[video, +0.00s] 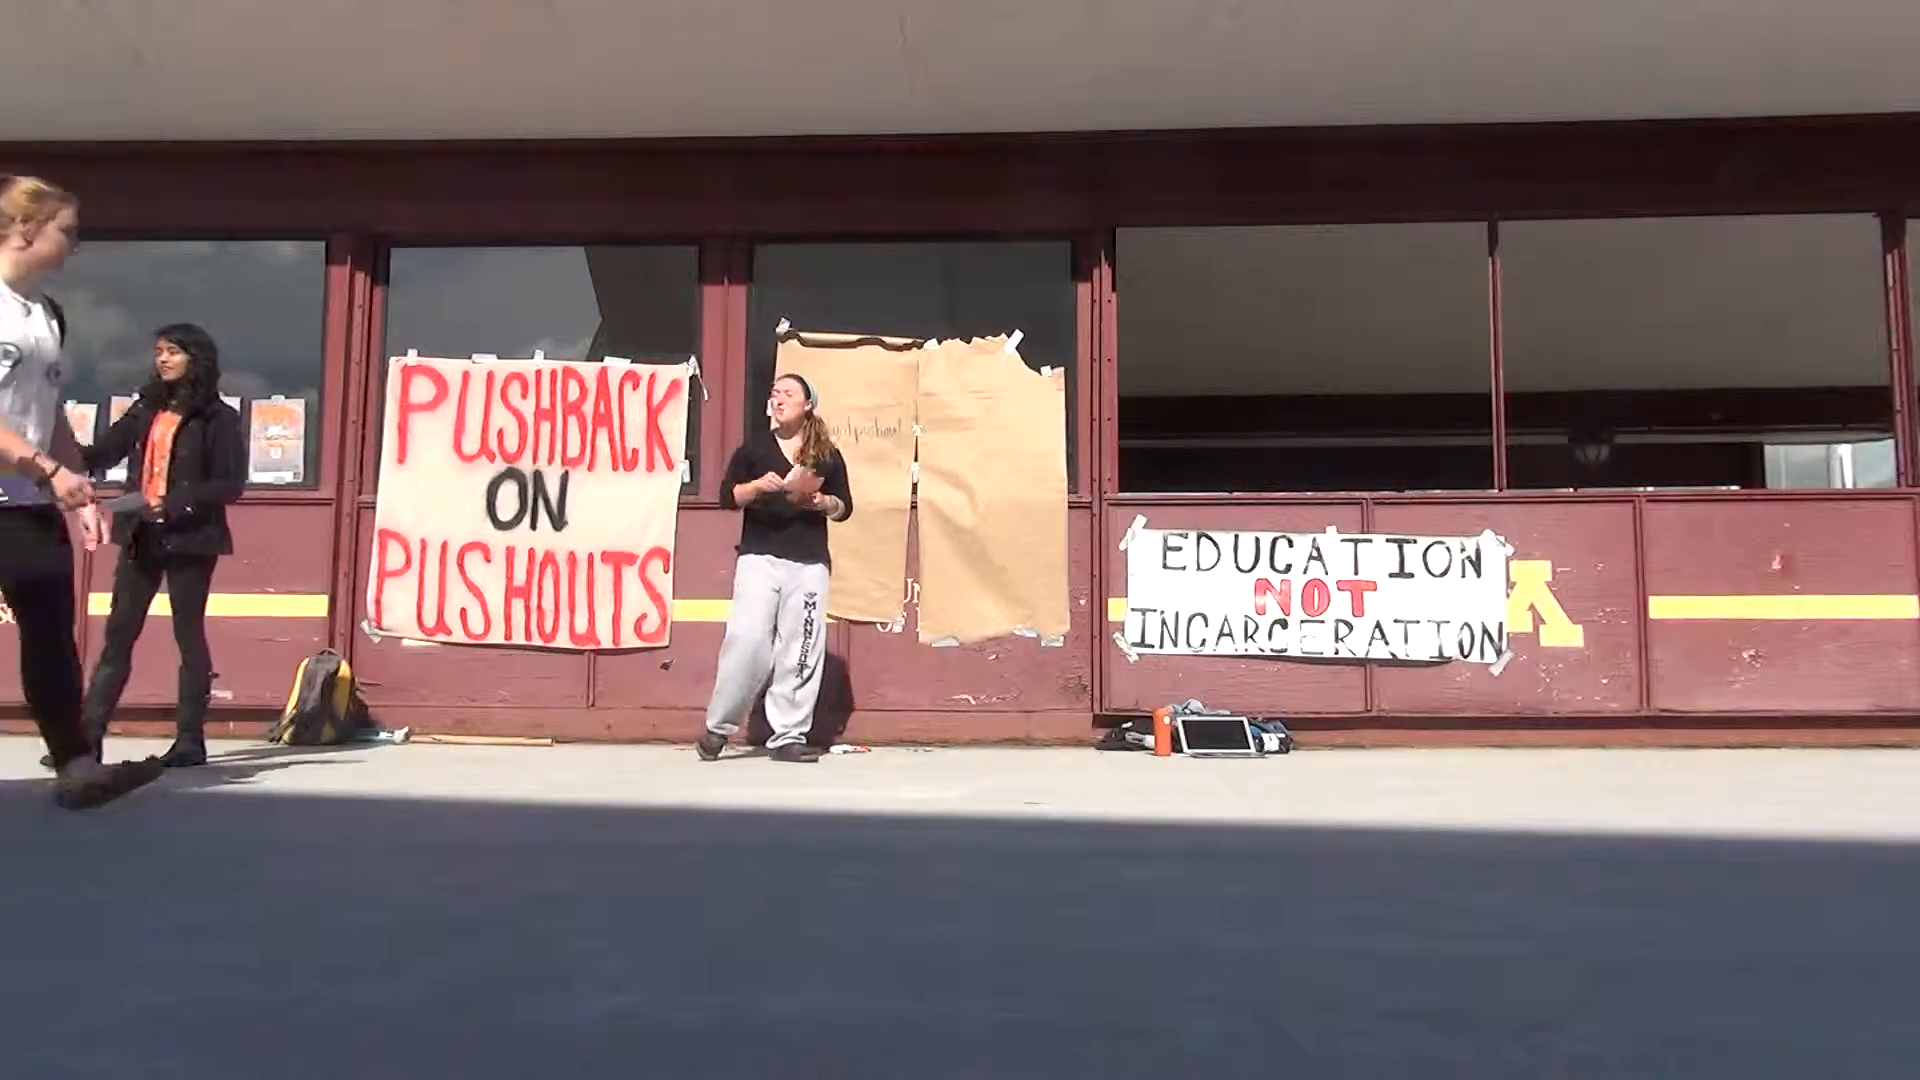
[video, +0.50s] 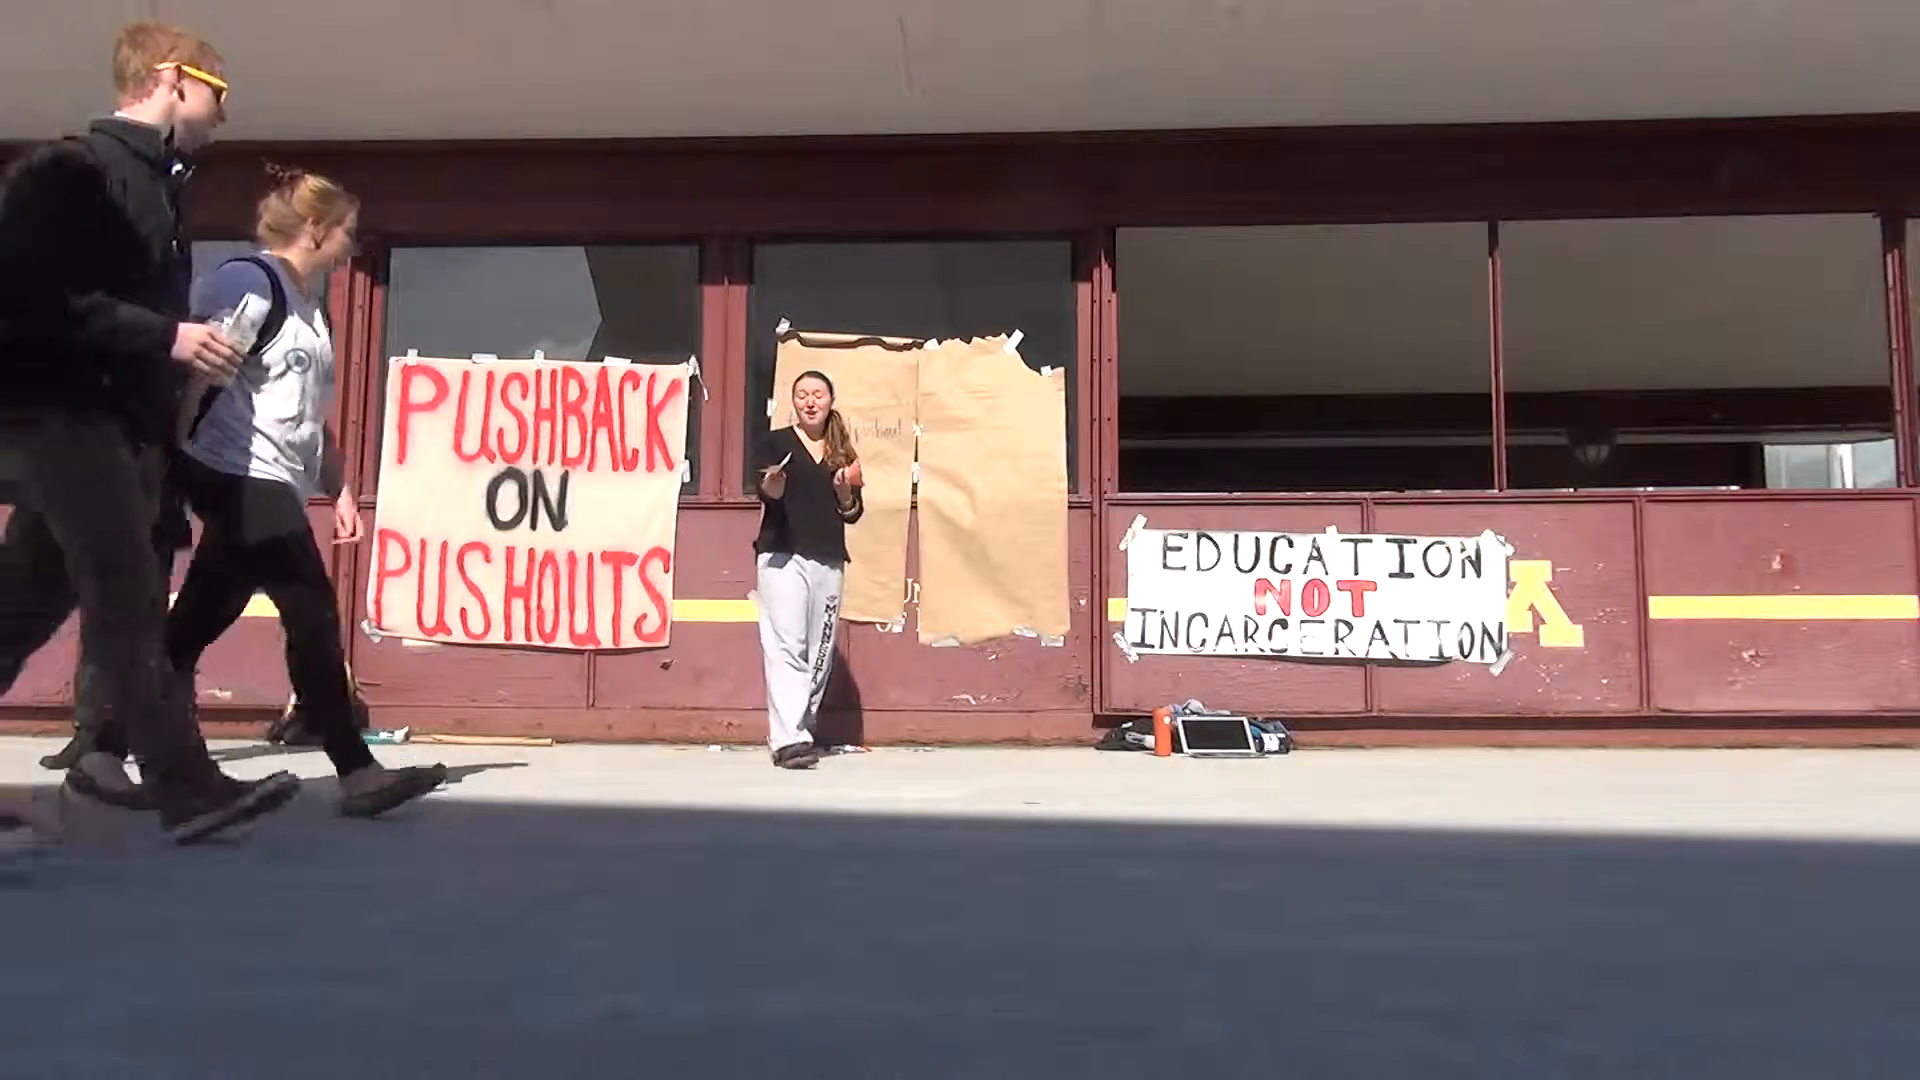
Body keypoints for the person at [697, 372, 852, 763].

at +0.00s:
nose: (776, 400)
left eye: (786, 394)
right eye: (773, 394)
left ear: (808, 406)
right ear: (769, 404)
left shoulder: (827, 454)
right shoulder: (753, 449)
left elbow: (844, 507)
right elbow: (727, 496)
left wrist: (827, 503)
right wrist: (758, 486)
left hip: (809, 562)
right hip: (759, 557)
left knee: (801, 647)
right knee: (748, 639)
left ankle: (788, 737)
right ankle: (719, 726)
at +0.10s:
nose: (789, 400)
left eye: (797, 394)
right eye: (784, 395)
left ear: (816, 404)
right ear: (778, 404)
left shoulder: (833, 453)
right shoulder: (766, 444)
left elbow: (848, 509)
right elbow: (752, 492)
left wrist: (829, 498)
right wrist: (747, 475)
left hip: (813, 560)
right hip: (766, 555)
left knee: (805, 649)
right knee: (759, 643)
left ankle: (789, 737)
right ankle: (736, 732)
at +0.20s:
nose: (797, 400)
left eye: (805, 394)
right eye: (791, 395)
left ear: (821, 403)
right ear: (784, 403)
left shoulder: (837, 452)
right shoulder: (771, 442)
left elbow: (850, 511)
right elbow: (756, 484)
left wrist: (834, 493)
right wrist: (754, 480)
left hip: (818, 559)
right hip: (772, 553)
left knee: (809, 646)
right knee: (773, 641)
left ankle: (792, 737)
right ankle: (756, 737)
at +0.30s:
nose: (804, 401)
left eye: (812, 394)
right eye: (797, 395)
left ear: (826, 402)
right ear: (789, 403)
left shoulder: (840, 452)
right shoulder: (773, 442)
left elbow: (849, 512)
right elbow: (763, 492)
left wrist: (837, 490)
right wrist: (762, 484)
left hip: (822, 557)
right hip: (777, 553)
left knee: (813, 647)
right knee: (781, 644)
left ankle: (798, 735)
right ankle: (773, 738)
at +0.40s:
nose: (808, 402)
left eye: (816, 395)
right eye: (801, 396)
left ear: (830, 402)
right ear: (791, 403)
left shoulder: (842, 450)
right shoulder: (775, 441)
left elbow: (851, 513)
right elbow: (765, 492)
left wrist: (842, 493)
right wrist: (769, 484)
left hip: (825, 557)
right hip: (780, 552)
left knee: (816, 647)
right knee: (784, 644)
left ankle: (796, 734)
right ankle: (784, 737)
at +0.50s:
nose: (810, 401)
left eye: (818, 394)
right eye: (802, 395)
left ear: (831, 401)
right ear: (793, 402)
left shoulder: (843, 449)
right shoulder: (774, 442)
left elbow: (852, 513)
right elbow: (766, 492)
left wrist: (846, 493)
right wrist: (773, 483)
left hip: (827, 558)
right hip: (782, 554)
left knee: (818, 650)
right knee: (788, 647)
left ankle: (799, 735)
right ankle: (788, 739)